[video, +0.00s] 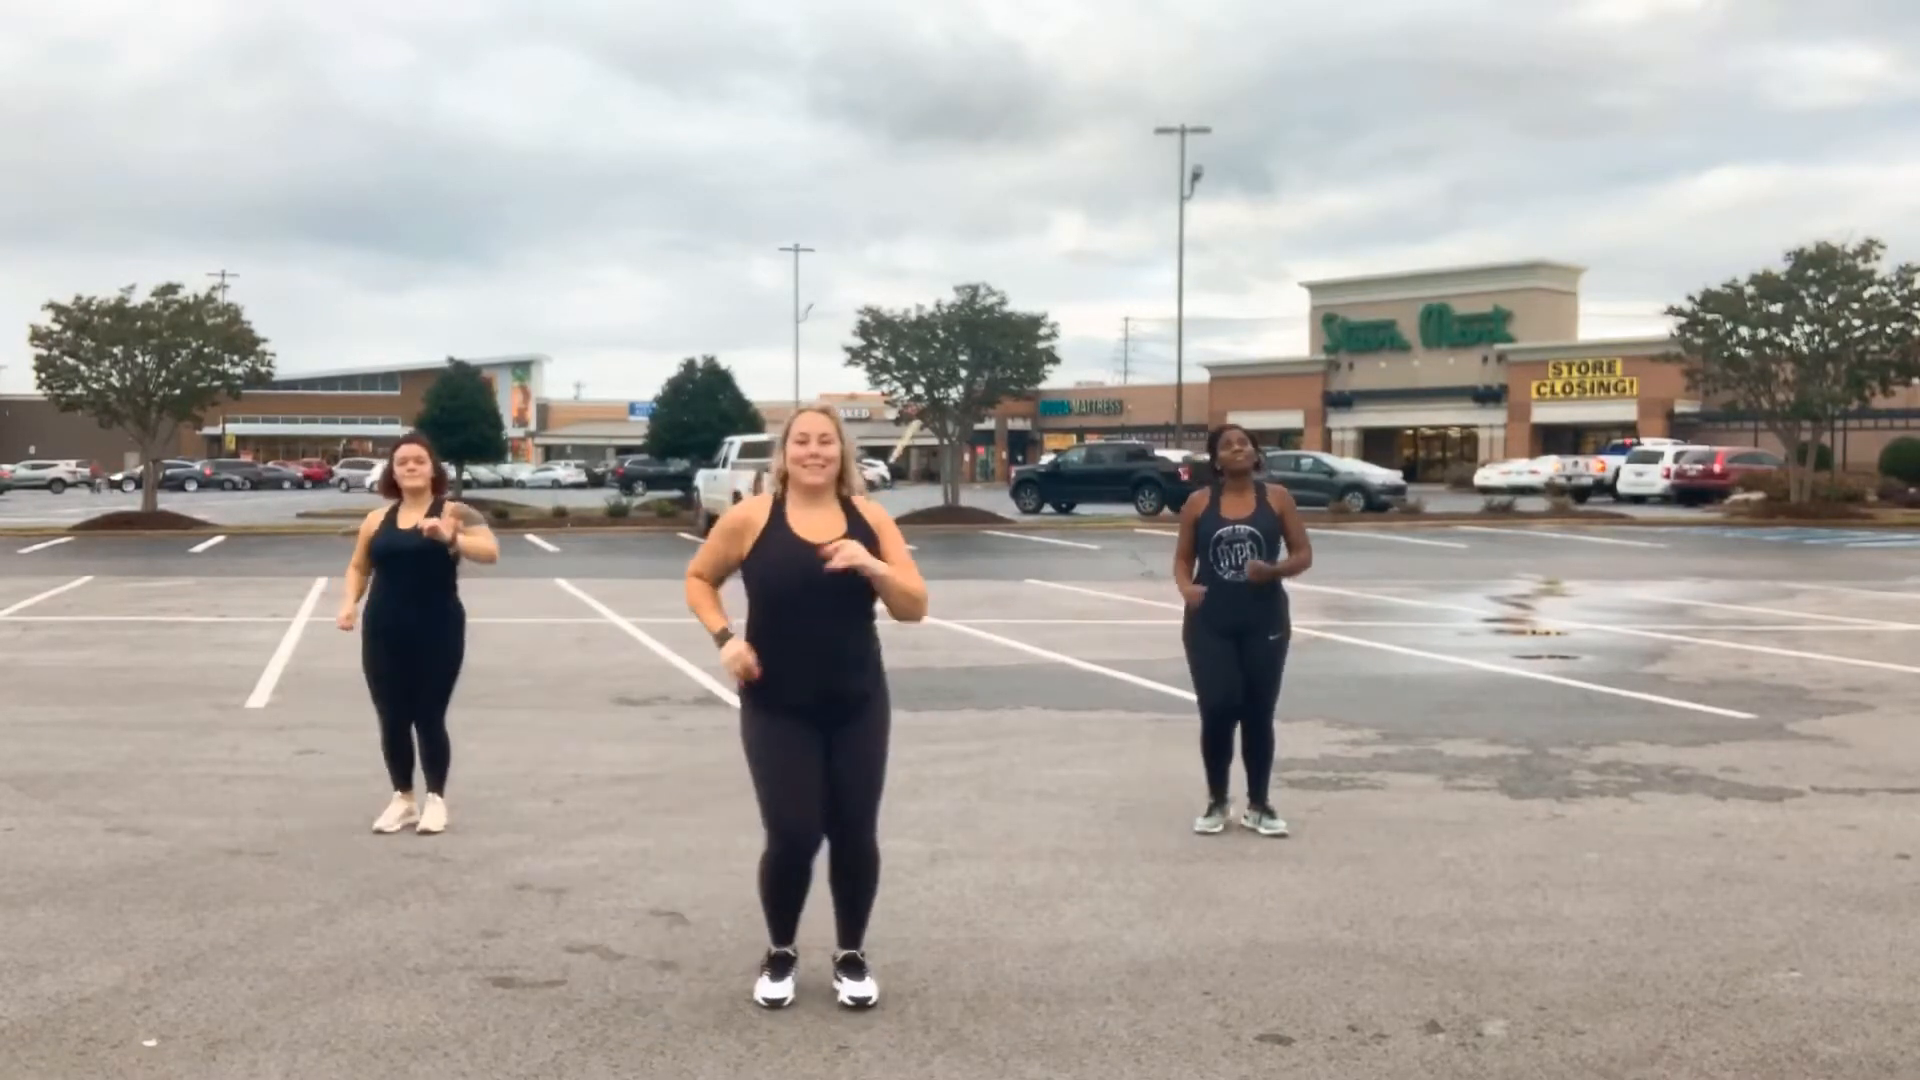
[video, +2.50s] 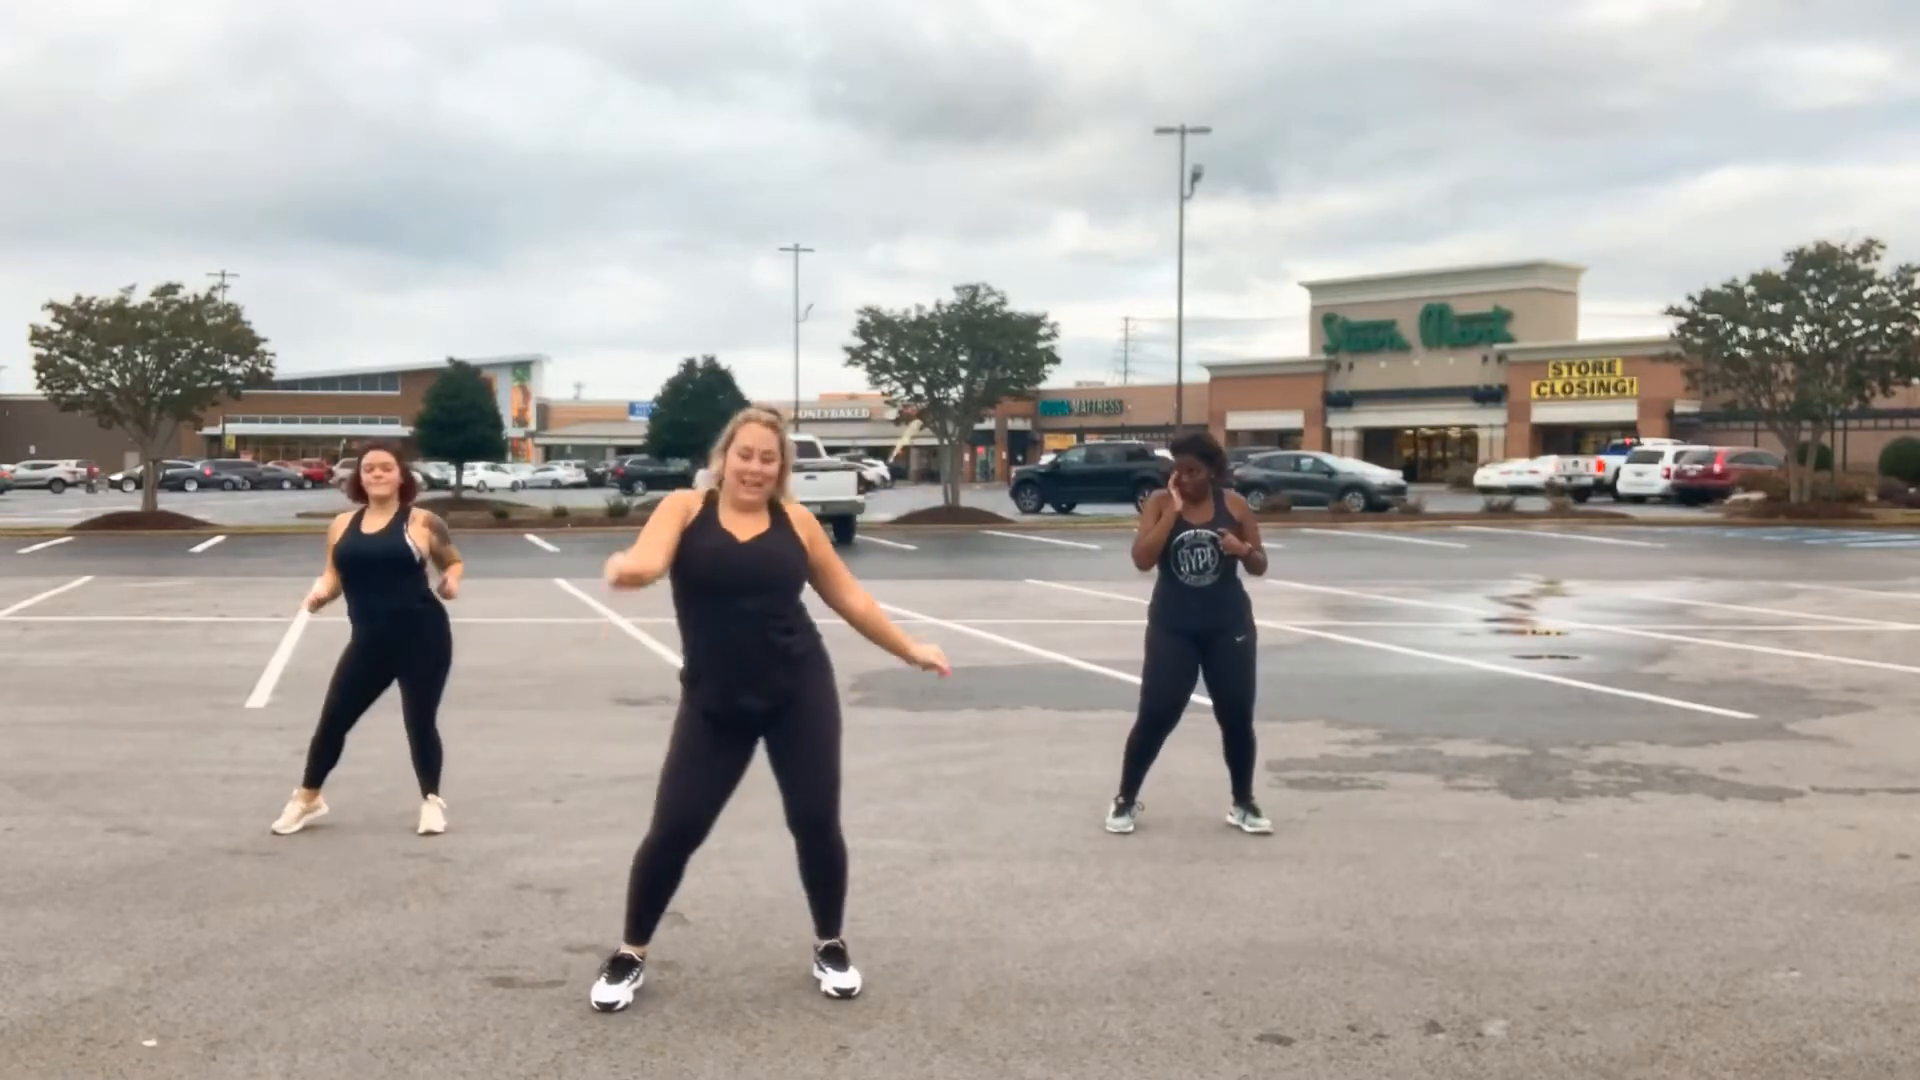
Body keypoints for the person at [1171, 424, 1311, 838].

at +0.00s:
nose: (1238, 451)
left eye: (1244, 444)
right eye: (1229, 447)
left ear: (1255, 453)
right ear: (1216, 459)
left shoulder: (1276, 496)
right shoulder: (1199, 503)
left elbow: (1303, 555)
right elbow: (1183, 561)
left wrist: (1273, 571)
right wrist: (1188, 588)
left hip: (1265, 623)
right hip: (1211, 623)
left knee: (1258, 715)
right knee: (1217, 713)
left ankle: (1258, 807)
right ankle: (1217, 803)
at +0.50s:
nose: (1243, 454)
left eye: (1250, 447)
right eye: (1235, 448)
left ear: (1262, 457)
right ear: (1222, 459)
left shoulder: (1280, 502)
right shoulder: (1203, 505)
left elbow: (1322, 548)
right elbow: (1184, 565)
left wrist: (1292, 570)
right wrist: (1214, 564)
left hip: (1276, 626)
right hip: (1221, 628)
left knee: (1287, 713)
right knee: (1217, 716)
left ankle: (1336, 797)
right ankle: (1218, 804)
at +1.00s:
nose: (1248, 458)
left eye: (1255, 451)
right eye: (1239, 451)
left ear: (1266, 458)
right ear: (1225, 459)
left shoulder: (1279, 501)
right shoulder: (1206, 501)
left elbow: (1295, 567)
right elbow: (1170, 558)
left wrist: (1285, 539)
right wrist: (1210, 540)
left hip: (1265, 623)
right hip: (1210, 624)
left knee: (1291, 713)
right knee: (1212, 715)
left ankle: (1329, 801)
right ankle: (1195, 803)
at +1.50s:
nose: (1224, 473)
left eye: (1232, 466)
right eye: (1217, 466)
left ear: (1247, 467)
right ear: (1206, 468)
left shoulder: (1263, 500)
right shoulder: (1191, 500)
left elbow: (1287, 564)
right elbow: (1179, 557)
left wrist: (1272, 537)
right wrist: (1208, 507)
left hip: (1245, 618)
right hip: (1191, 617)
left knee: (1255, 711)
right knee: (1187, 699)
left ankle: (1242, 804)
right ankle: (1169, 786)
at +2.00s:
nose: (1178, 475)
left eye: (1186, 468)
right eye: (1171, 468)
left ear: (1202, 468)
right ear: (1161, 470)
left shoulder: (1219, 503)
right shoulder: (1148, 502)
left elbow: (1235, 568)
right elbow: (1136, 558)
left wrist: (1231, 549)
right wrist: (1166, 512)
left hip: (1199, 627)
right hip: (1144, 626)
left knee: (1228, 712)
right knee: (1142, 713)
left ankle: (1240, 803)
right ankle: (1123, 802)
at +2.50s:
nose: (1182, 478)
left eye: (1190, 472)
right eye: (1178, 471)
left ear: (1212, 470)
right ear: (1172, 470)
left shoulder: (1234, 505)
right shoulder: (1159, 503)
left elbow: (1260, 566)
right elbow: (1142, 559)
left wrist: (1243, 550)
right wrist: (1172, 512)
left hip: (1229, 628)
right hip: (1172, 629)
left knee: (1237, 720)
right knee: (1156, 716)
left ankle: (1243, 803)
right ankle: (1125, 800)